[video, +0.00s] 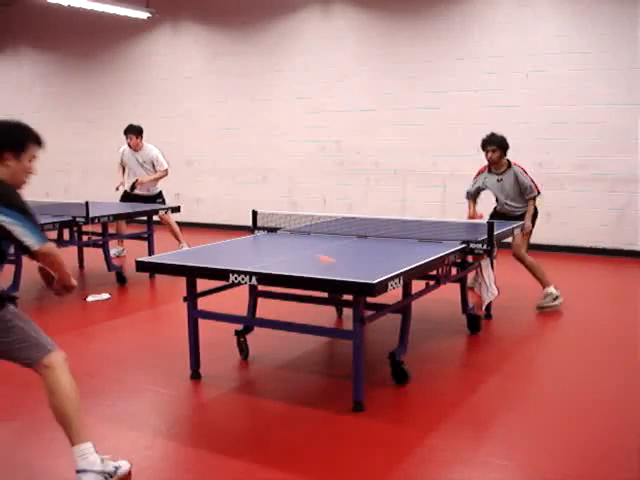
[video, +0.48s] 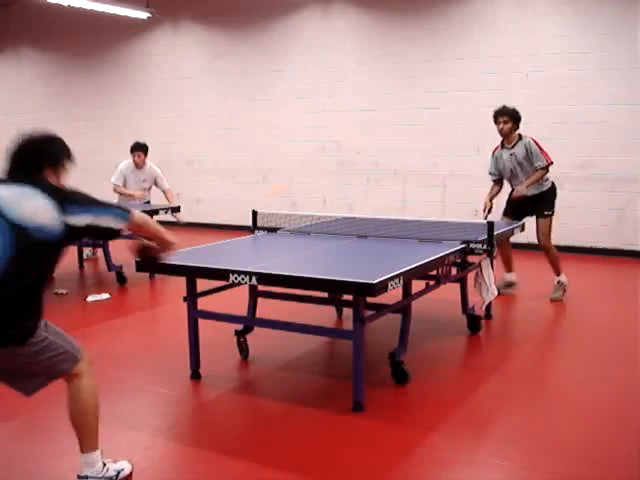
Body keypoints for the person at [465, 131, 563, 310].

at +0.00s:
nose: (489, 156)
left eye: (493, 152)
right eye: (486, 152)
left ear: (503, 152)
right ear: (484, 153)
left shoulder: (516, 171)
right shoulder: (484, 174)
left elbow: (532, 195)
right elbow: (473, 193)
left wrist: (528, 220)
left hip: (523, 212)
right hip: (501, 212)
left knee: (518, 251)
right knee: (484, 245)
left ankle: (550, 290)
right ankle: (480, 278)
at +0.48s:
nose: (501, 127)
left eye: (505, 123)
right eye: (498, 124)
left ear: (515, 124)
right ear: (495, 126)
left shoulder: (528, 144)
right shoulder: (497, 154)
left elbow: (544, 167)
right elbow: (498, 182)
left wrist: (524, 185)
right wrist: (489, 198)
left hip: (542, 193)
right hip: (519, 195)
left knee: (544, 241)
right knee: (501, 236)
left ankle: (561, 279)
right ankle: (510, 277)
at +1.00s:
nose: (500, 149)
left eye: (502, 145)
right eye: (499, 145)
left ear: (512, 145)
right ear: (519, 146)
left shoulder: (515, 159)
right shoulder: (534, 161)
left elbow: (522, 173)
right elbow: (555, 184)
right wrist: (573, 203)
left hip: (548, 209)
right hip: (539, 212)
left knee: (566, 258)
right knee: (514, 245)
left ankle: (606, 297)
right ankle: (521, 285)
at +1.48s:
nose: (518, 159)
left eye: (523, 155)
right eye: (516, 155)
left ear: (532, 159)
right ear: (512, 156)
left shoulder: (531, 177)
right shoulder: (505, 174)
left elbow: (524, 198)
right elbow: (509, 207)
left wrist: (542, 210)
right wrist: (540, 209)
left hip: (516, 221)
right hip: (493, 222)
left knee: (540, 249)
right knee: (473, 256)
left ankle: (551, 301)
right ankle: (441, 282)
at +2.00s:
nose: (525, 117)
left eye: (530, 113)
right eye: (525, 113)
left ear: (542, 116)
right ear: (526, 116)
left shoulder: (552, 142)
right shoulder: (520, 145)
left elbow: (564, 173)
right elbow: (514, 172)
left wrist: (537, 182)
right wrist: (507, 182)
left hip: (551, 197)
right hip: (529, 198)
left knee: (551, 248)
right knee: (528, 247)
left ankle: (569, 297)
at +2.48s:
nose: (534, 119)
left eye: (537, 115)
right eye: (535, 115)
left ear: (546, 118)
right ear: (553, 119)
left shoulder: (551, 141)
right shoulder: (560, 140)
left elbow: (554, 171)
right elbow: (558, 172)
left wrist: (533, 183)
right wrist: (539, 187)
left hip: (561, 196)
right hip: (568, 194)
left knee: (549, 248)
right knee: (552, 246)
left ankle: (565, 298)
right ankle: (562, 292)